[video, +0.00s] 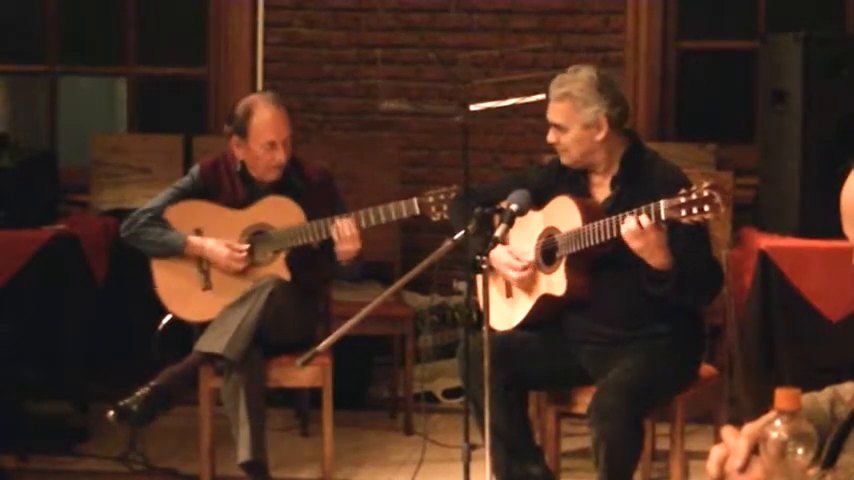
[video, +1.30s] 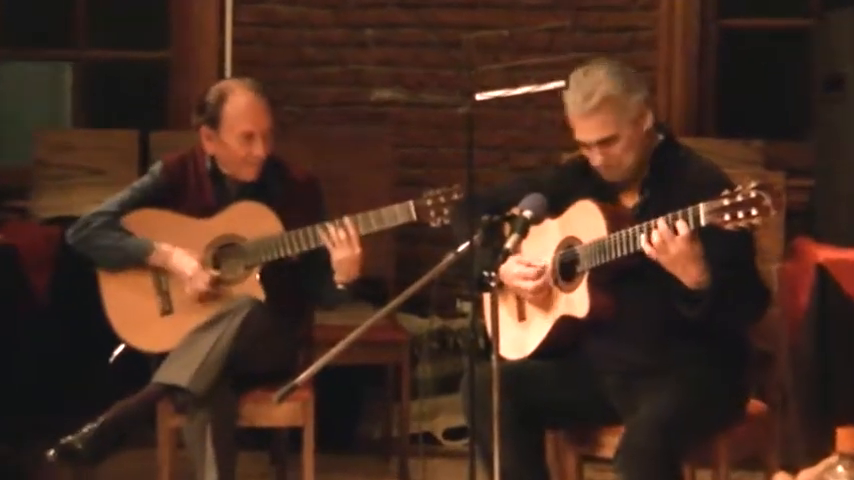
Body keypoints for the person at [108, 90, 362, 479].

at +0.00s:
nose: (281, 156)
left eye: (285, 144)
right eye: (269, 147)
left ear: (292, 138)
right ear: (238, 146)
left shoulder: (313, 181)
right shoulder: (212, 176)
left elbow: (339, 266)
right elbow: (135, 228)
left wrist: (348, 257)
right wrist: (203, 247)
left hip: (297, 314)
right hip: (228, 309)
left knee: (269, 288)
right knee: (244, 354)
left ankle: (169, 383)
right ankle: (253, 467)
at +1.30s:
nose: (260, 151)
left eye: (266, 137)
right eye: (246, 139)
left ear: (275, 131)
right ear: (208, 138)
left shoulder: (294, 190)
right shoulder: (178, 175)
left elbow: (314, 287)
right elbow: (85, 232)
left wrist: (343, 280)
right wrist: (170, 258)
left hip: (273, 342)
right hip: (190, 332)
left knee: (244, 310)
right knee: (211, 394)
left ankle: (118, 420)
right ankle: (213, 474)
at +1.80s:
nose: (233, 138)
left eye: (238, 123)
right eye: (216, 126)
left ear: (247, 120)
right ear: (178, 131)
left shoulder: (276, 189)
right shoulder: (147, 177)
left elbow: (302, 306)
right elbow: (45, 243)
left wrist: (324, 287)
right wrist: (136, 264)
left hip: (257, 361)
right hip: (166, 356)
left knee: (223, 324)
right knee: (188, 424)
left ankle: (92, 443)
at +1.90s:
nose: (228, 137)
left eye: (235, 121)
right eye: (211, 124)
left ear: (243, 118)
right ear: (173, 130)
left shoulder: (274, 189)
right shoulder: (143, 176)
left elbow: (299, 305)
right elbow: (43, 245)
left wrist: (322, 287)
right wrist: (138, 260)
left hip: (253, 360)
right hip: (160, 354)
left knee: (219, 326)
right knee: (184, 412)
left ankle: (83, 447)